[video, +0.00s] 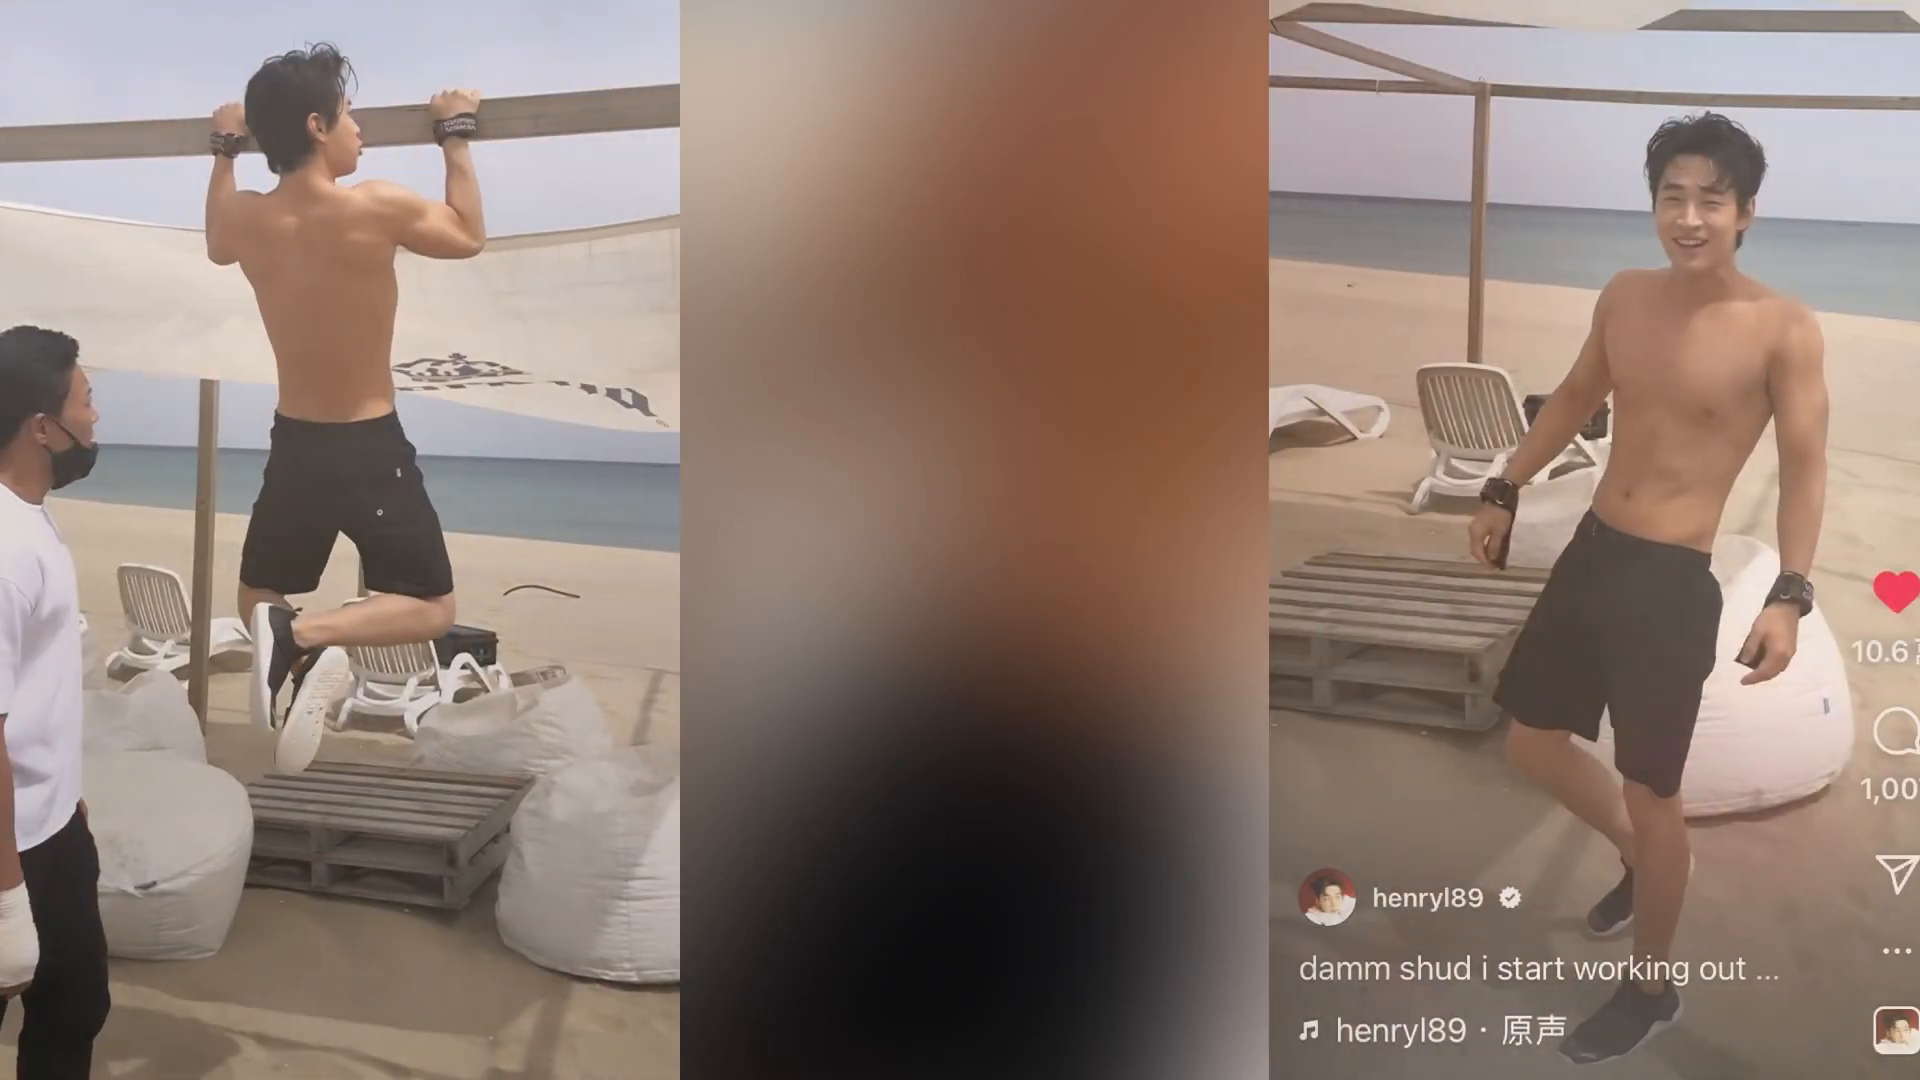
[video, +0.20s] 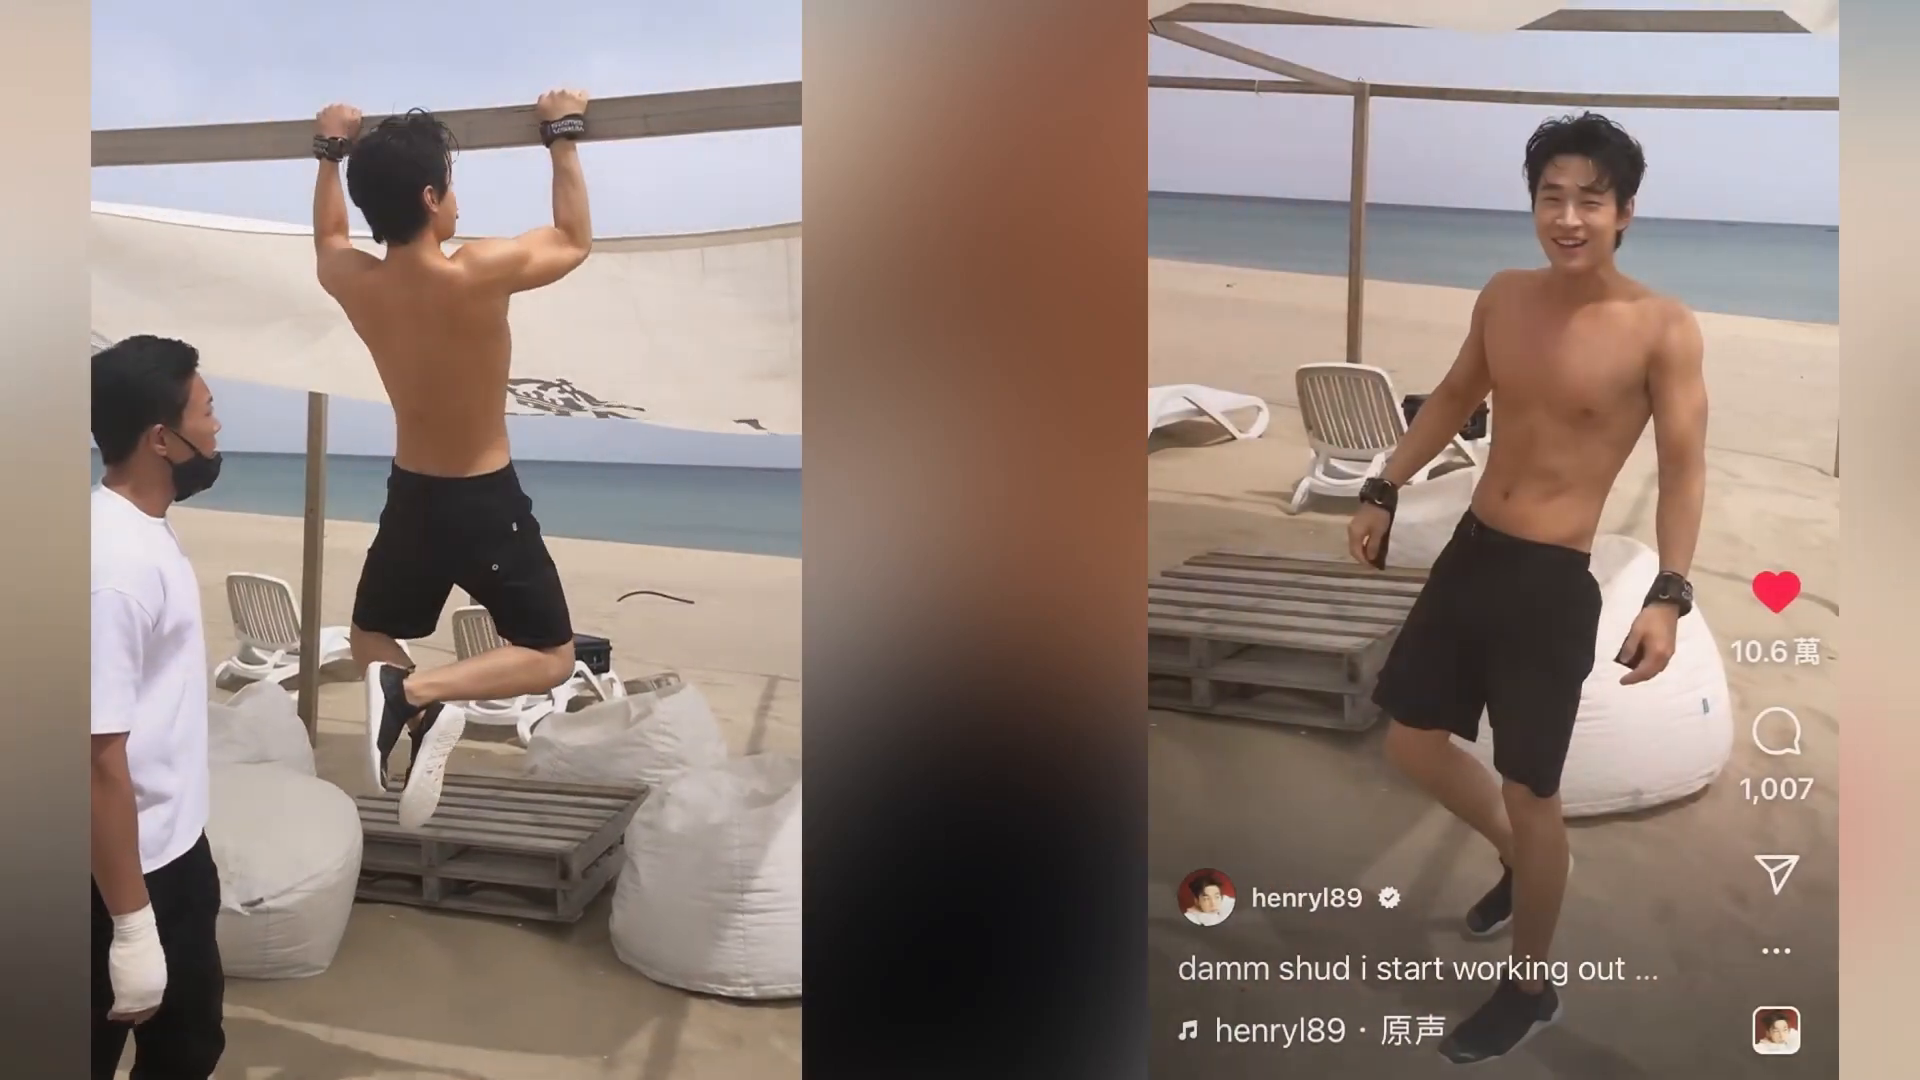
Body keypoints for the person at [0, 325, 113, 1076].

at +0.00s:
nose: (96, 413)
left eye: (90, 396)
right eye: (84, 399)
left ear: (41, 428)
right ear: (42, 428)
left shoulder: (32, 524)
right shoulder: (14, 549)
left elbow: (33, 706)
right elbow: (5, 742)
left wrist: (74, 819)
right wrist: (10, 893)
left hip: (53, 832)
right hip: (29, 852)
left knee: (72, 1010)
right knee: (67, 1017)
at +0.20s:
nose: (218, 428)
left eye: (212, 411)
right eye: (206, 415)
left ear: (155, 437)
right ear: (160, 438)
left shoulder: (141, 532)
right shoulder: (111, 567)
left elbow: (142, 729)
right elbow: (101, 763)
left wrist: (189, 858)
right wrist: (133, 928)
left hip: (170, 861)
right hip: (139, 880)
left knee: (183, 1043)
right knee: (183, 1052)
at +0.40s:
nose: (286, 438)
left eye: (278, 420)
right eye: (273, 424)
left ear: (221, 451)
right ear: (225, 451)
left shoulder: (215, 550)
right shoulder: (182, 586)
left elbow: (215, 745)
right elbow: (174, 784)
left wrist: (260, 893)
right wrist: (219, 954)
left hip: (244, 895)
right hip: (212, 916)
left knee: (257, 1060)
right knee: (233, 1070)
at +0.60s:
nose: (311, 453)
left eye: (303, 436)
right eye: (298, 441)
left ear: (249, 473)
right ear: (251, 474)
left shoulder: (251, 568)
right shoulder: (205, 617)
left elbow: (256, 752)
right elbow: (200, 831)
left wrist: (307, 853)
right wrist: (271, 991)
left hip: (276, 925)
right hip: (233, 946)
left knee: (279, 1064)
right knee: (246, 1070)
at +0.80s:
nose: (300, 460)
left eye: (292, 445)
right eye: (289, 451)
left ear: (243, 488)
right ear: (247, 486)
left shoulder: (246, 592)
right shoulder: (202, 632)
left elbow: (254, 773)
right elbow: (195, 853)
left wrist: (314, 873)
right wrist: (262, 1040)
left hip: (273, 959)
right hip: (233, 984)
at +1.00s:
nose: (283, 475)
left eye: (279, 457)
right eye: (275, 461)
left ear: (229, 497)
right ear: (232, 495)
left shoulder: (225, 608)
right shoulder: (193, 646)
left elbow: (228, 799)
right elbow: (182, 885)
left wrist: (288, 889)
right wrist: (220, 1055)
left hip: (248, 994)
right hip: (219, 1019)